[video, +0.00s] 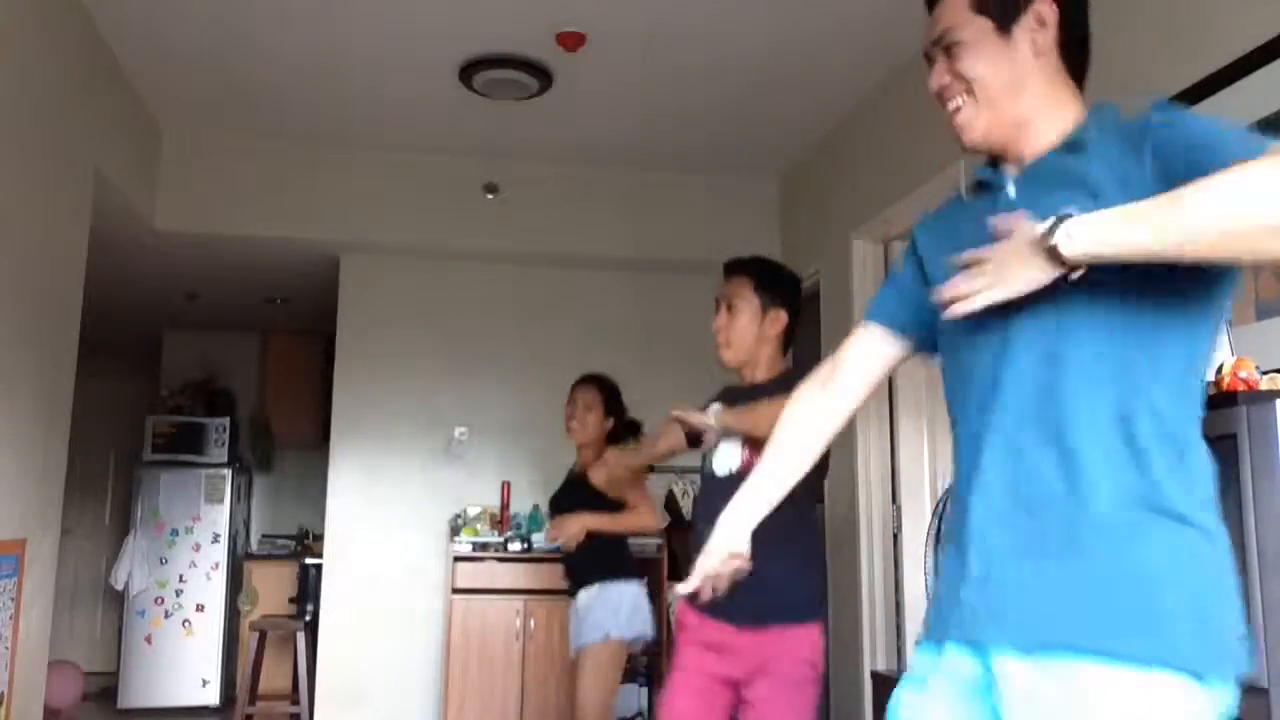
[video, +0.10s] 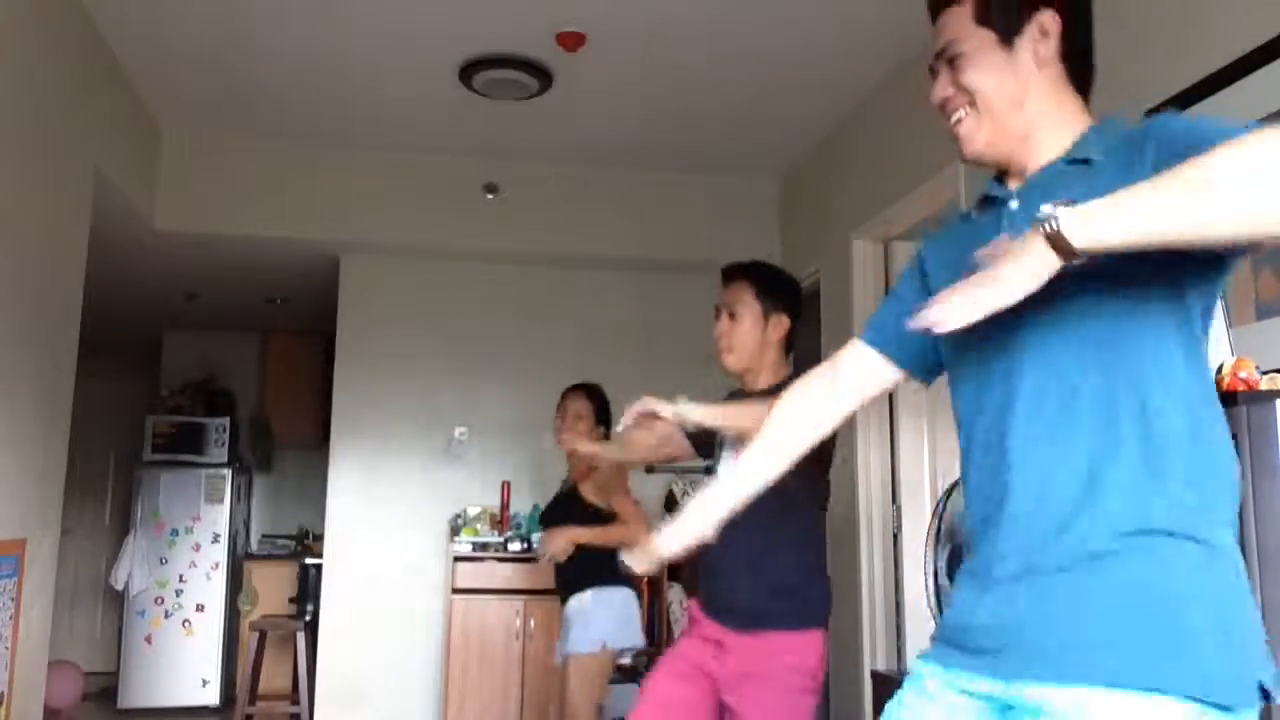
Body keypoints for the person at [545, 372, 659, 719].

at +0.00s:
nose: (573, 413)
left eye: (586, 407)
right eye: (571, 405)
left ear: (609, 421)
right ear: (565, 411)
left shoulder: (612, 461)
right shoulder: (581, 467)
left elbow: (652, 518)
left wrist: (585, 521)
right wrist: (568, 525)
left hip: (612, 592)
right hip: (587, 592)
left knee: (592, 709)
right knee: (584, 707)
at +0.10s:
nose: (565, 425)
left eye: (577, 417)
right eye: (561, 416)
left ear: (598, 426)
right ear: (554, 420)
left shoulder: (605, 469)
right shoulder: (576, 474)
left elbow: (638, 529)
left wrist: (572, 536)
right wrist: (560, 539)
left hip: (602, 598)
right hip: (578, 599)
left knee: (581, 709)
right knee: (572, 707)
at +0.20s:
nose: (551, 409)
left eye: (560, 399)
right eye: (549, 399)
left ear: (583, 405)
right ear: (548, 406)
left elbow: (610, 510)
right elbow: (539, 539)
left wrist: (551, 511)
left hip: (587, 586)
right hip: (559, 589)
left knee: (579, 706)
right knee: (540, 705)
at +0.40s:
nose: (531, 412)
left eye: (543, 404)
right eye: (526, 402)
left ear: (564, 416)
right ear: (518, 408)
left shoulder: (559, 454)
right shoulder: (537, 459)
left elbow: (581, 518)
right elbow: (548, 515)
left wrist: (525, 520)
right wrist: (512, 521)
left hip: (558, 600)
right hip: (529, 596)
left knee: (528, 710)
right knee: (506, 703)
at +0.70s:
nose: (523, 391)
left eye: (535, 383)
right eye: (518, 382)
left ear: (555, 396)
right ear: (510, 390)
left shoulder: (551, 440)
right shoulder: (525, 446)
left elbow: (588, 490)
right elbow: (514, 501)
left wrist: (522, 497)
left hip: (542, 574)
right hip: (525, 572)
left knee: (503, 690)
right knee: (511, 689)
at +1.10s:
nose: (527, 391)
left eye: (537, 381)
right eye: (522, 382)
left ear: (559, 385)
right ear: (516, 386)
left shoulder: (562, 432)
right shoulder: (539, 436)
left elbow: (554, 496)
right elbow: (503, 472)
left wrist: (500, 494)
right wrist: (463, 454)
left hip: (552, 568)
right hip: (531, 567)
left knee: (525, 689)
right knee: (505, 687)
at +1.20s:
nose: (531, 403)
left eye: (542, 393)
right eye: (526, 394)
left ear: (566, 399)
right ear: (520, 398)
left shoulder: (566, 441)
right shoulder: (541, 443)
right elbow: (505, 466)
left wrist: (480, 463)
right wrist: (483, 462)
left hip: (557, 583)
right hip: (523, 581)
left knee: (535, 696)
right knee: (515, 689)